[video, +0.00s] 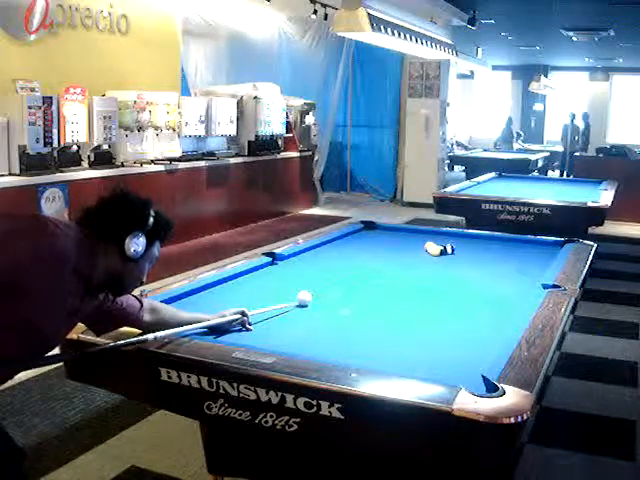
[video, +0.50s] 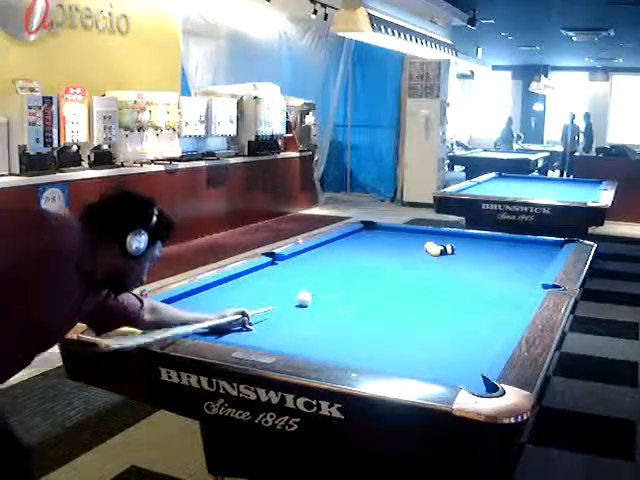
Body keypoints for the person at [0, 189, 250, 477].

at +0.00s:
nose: (148, 274)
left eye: (154, 264)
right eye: (152, 261)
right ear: (132, 246)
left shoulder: (85, 283)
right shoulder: (48, 248)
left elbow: (146, 314)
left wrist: (215, 321)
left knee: (14, 457)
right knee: (12, 459)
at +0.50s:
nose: (147, 275)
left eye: (153, 264)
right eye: (151, 261)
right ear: (133, 245)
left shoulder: (82, 284)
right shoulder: (54, 241)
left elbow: (145, 312)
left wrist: (215, 320)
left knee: (22, 454)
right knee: (20, 455)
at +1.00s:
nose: (145, 249)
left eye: (151, 238)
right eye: (148, 236)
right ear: (128, 220)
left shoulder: (88, 264)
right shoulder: (54, 224)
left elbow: (145, 306)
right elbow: (9, 315)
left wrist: (210, 322)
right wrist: (62, 336)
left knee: (20, 456)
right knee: (18, 457)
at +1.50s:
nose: (141, 236)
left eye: (146, 226)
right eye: (143, 223)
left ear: (121, 209)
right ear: (122, 207)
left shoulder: (87, 255)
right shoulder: (45, 218)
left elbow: (141, 302)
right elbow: (8, 315)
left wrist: (208, 321)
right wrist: (55, 336)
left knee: (18, 457)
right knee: (16, 457)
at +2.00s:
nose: (116, 154)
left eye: (114, 142)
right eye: (110, 142)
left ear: (80, 140)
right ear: (81, 140)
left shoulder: (61, 193)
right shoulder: (16, 190)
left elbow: (41, 293)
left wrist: (97, 315)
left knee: (21, 455)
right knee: (21, 457)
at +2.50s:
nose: (25, 87)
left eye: (19, 73)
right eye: (14, 73)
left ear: (11, 82)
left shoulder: (10, 163)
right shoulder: (6, 164)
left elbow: (26, 242)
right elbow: (23, 241)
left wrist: (59, 301)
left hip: (6, 362)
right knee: (22, 466)